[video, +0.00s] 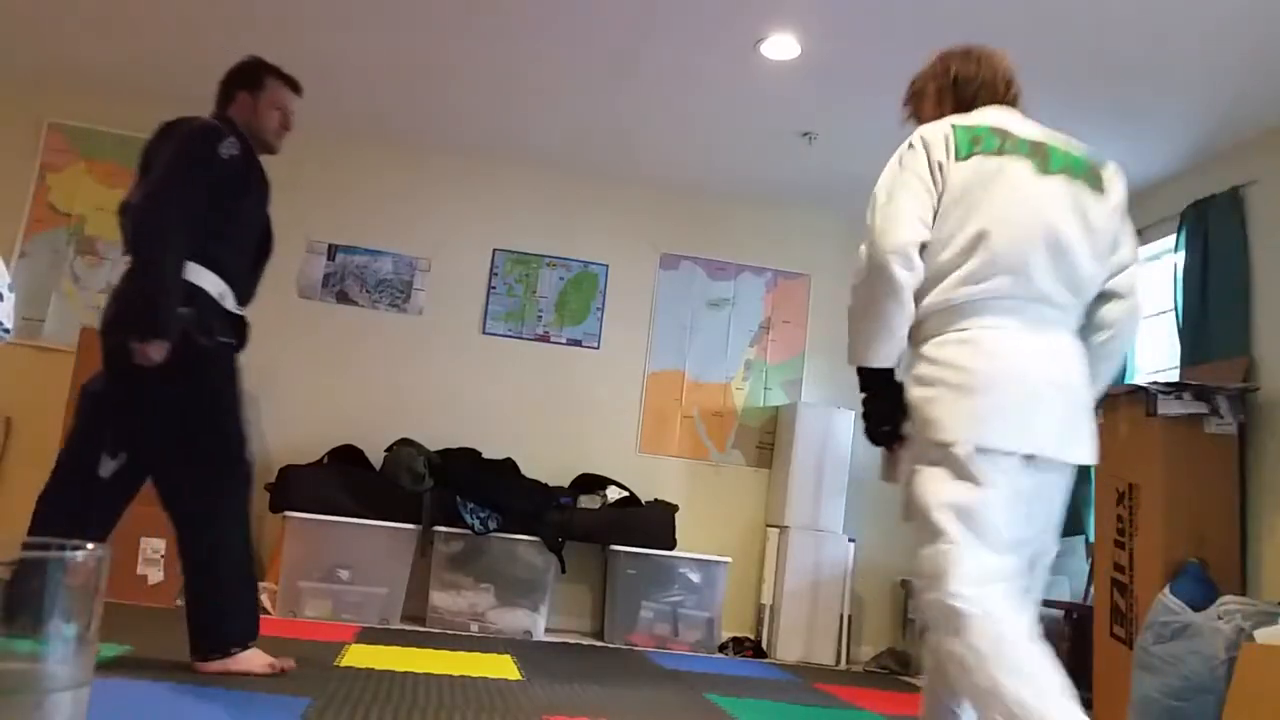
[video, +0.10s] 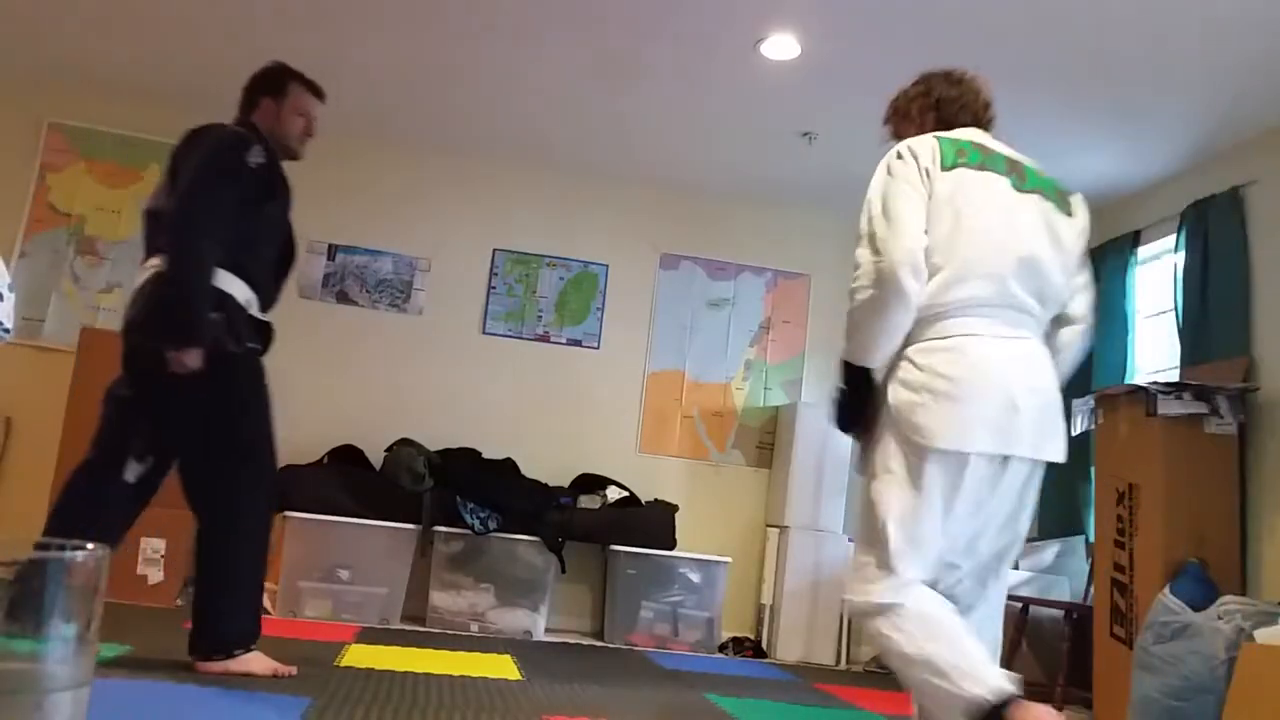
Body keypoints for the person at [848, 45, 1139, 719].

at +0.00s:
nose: (916, 123)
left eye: (918, 110)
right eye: (913, 111)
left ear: (944, 97)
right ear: (1007, 97)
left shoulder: (933, 142)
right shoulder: (1094, 170)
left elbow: (889, 255)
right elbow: (1121, 307)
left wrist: (878, 385)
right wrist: (1069, 393)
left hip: (969, 376)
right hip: (1063, 392)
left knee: (963, 594)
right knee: (1009, 597)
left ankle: (1054, 715)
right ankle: (952, 715)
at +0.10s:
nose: (898, 141)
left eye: (900, 131)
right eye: (895, 132)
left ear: (922, 118)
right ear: (981, 119)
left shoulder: (915, 155)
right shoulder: (1059, 194)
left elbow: (897, 273)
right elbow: (1077, 320)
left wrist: (858, 378)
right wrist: (1025, 389)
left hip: (946, 375)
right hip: (1036, 394)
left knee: (886, 583)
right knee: (979, 591)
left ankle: (1003, 706)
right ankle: (955, 718)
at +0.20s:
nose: (874, 149)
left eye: (876, 139)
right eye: (871, 140)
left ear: (896, 123)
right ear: (950, 126)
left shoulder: (899, 159)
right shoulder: (1025, 200)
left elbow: (869, 270)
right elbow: (1025, 315)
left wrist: (826, 345)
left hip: (926, 373)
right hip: (1009, 387)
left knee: (838, 552)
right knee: (962, 581)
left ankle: (916, 697)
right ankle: (969, 712)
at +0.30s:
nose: (849, 162)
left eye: (851, 150)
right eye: (846, 151)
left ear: (879, 133)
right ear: (922, 138)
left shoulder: (882, 171)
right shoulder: (983, 205)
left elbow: (839, 281)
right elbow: (970, 307)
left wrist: (777, 309)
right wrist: (850, 323)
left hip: (905, 390)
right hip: (987, 400)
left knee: (819, 534)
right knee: (951, 573)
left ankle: (819, 692)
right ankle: (962, 713)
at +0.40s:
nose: (823, 187)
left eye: (826, 174)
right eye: (821, 176)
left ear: (850, 159)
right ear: (893, 159)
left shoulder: (856, 196)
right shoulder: (955, 223)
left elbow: (810, 295)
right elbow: (953, 317)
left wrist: (758, 279)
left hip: (885, 404)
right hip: (964, 410)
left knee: (818, 558)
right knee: (938, 584)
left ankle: (783, 704)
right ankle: (955, 715)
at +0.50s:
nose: (801, 214)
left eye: (802, 203)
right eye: (798, 204)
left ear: (821, 189)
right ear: (866, 182)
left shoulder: (831, 223)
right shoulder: (925, 236)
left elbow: (777, 323)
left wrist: (747, 276)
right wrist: (800, 273)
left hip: (862, 422)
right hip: (940, 430)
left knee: (805, 565)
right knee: (908, 577)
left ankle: (784, 705)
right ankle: (923, 691)